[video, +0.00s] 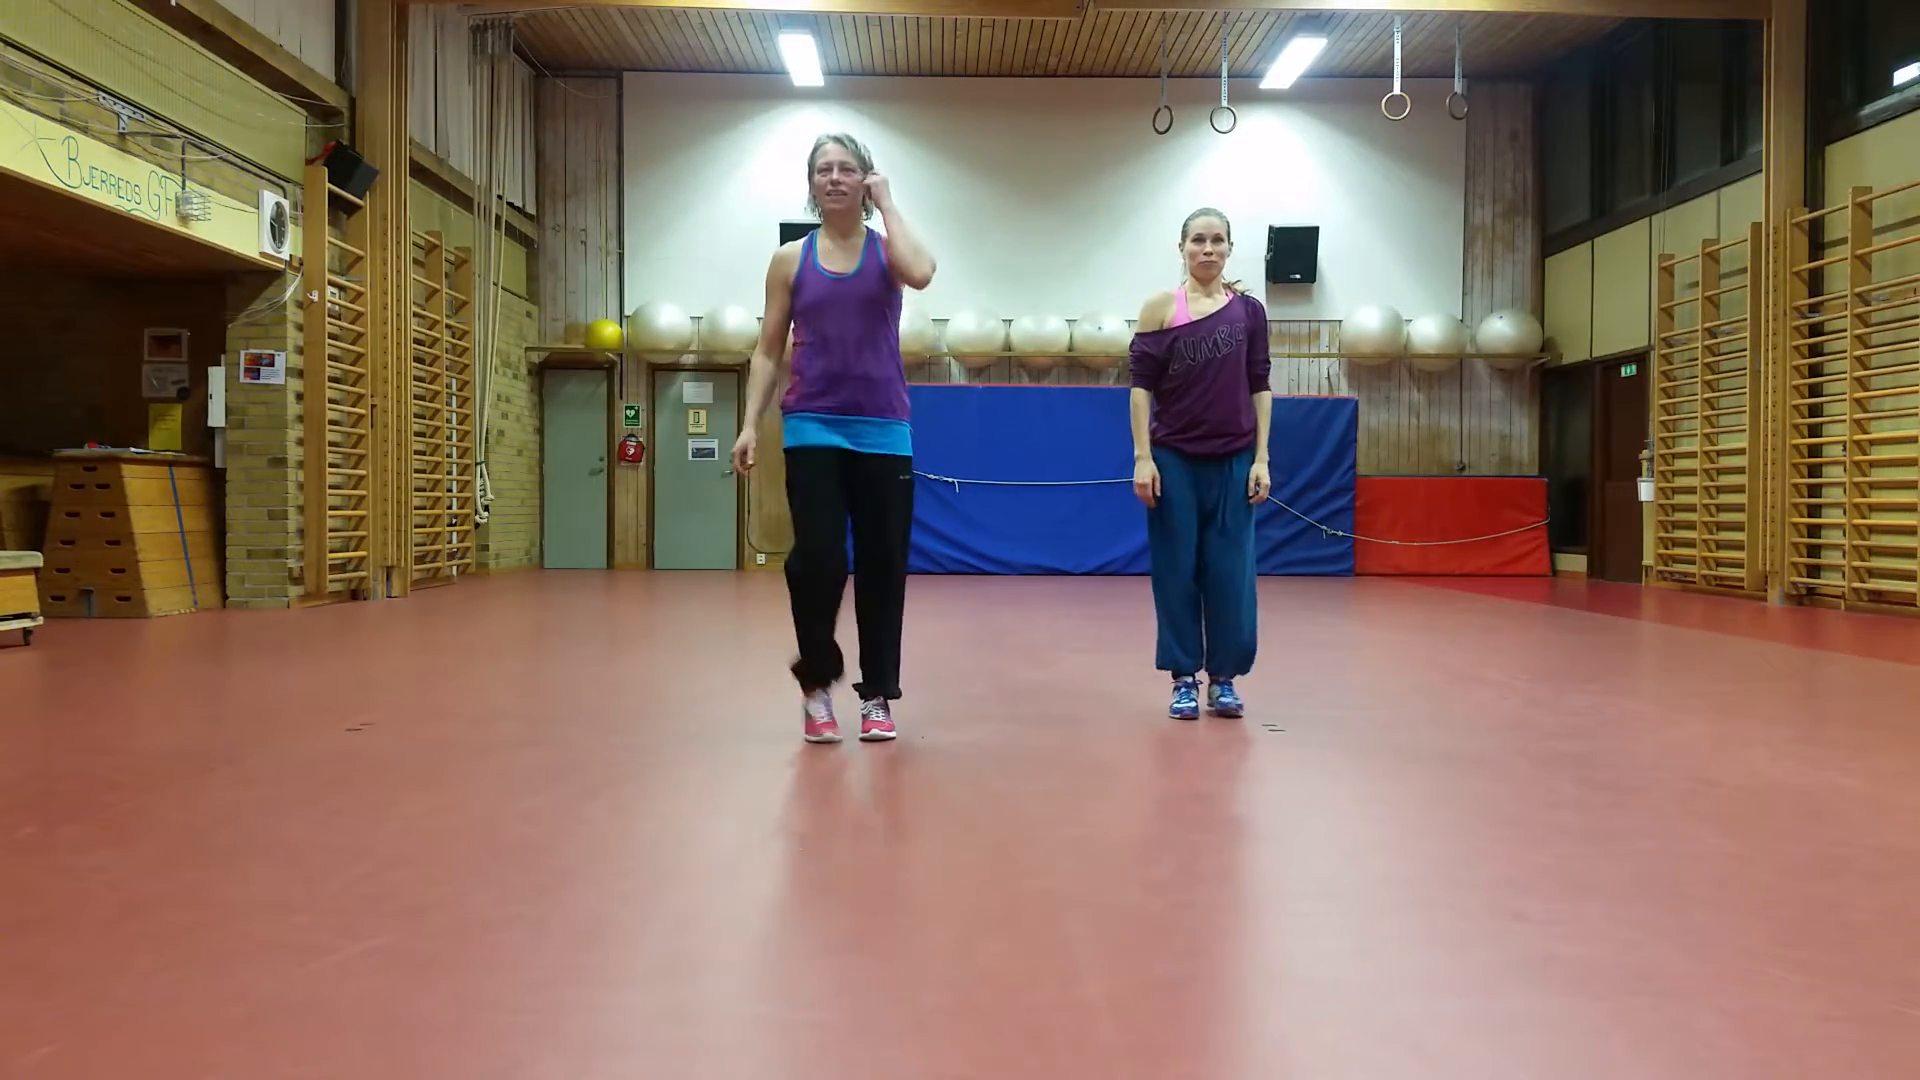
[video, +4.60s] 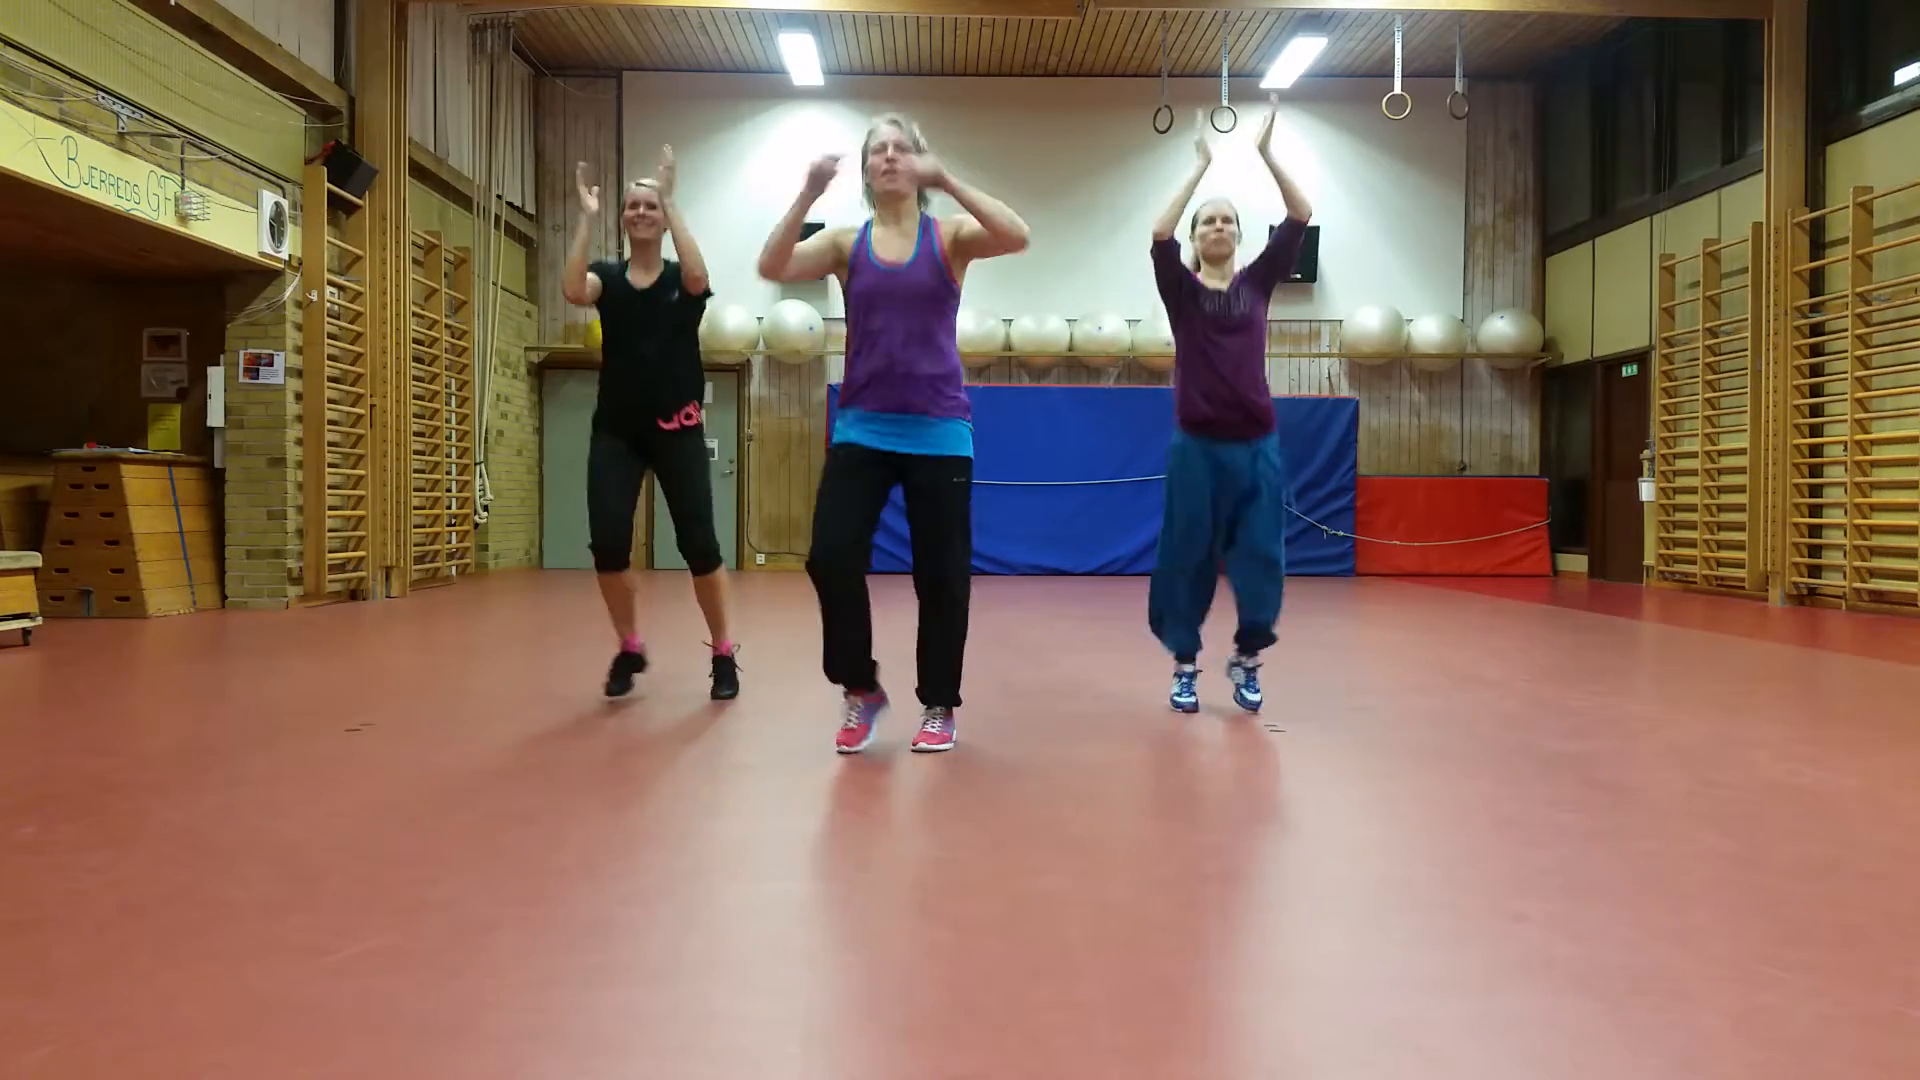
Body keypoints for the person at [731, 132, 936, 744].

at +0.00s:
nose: (834, 179)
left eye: (845, 170)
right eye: (823, 171)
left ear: (866, 183)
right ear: (810, 185)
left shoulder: (888, 245)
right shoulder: (790, 260)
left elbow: (919, 272)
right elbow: (769, 351)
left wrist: (887, 203)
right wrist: (750, 425)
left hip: (884, 426)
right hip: (811, 426)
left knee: (884, 563)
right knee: (818, 557)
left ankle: (878, 695)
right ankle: (816, 684)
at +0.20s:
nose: (836, 177)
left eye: (847, 169)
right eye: (824, 169)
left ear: (865, 184)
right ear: (808, 187)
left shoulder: (893, 250)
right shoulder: (789, 260)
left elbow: (942, 306)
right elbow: (758, 343)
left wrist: (912, 234)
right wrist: (737, 397)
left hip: (879, 432)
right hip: (805, 433)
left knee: (890, 550)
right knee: (812, 568)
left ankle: (880, 674)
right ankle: (821, 697)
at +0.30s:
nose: (839, 170)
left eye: (849, 162)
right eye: (827, 163)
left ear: (867, 179)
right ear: (811, 181)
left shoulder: (892, 239)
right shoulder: (791, 247)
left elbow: (939, 263)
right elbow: (763, 325)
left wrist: (925, 187)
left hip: (882, 422)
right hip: (810, 426)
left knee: (885, 540)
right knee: (812, 566)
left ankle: (883, 662)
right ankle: (821, 696)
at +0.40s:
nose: (842, 167)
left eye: (852, 159)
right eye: (830, 159)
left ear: (870, 175)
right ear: (815, 176)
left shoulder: (890, 239)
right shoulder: (801, 235)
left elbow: (920, 219)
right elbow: (794, 258)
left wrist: (890, 144)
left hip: (884, 416)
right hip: (816, 418)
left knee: (881, 553)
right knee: (817, 560)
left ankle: (884, 686)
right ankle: (826, 694)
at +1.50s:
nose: (870, 151)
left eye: (881, 144)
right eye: (858, 146)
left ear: (901, 161)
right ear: (844, 164)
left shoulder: (926, 225)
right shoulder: (834, 228)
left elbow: (946, 146)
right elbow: (795, 171)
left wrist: (907, 67)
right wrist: (817, 90)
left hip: (917, 415)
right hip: (842, 412)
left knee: (917, 561)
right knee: (830, 545)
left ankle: (915, 698)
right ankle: (846, 677)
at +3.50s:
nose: (889, 151)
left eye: (900, 143)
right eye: (878, 144)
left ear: (919, 160)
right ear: (861, 160)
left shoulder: (940, 222)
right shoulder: (847, 226)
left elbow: (977, 157)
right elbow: (821, 169)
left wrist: (946, 67)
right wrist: (836, 90)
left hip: (934, 413)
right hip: (860, 415)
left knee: (947, 550)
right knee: (860, 558)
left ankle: (930, 682)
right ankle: (868, 697)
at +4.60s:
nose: (890, 157)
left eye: (902, 149)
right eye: (879, 150)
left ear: (922, 168)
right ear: (865, 170)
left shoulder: (948, 234)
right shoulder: (846, 238)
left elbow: (1015, 236)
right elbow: (772, 266)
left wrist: (947, 180)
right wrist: (807, 196)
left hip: (939, 426)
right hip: (863, 424)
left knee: (943, 573)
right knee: (831, 560)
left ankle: (939, 708)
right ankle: (861, 693)